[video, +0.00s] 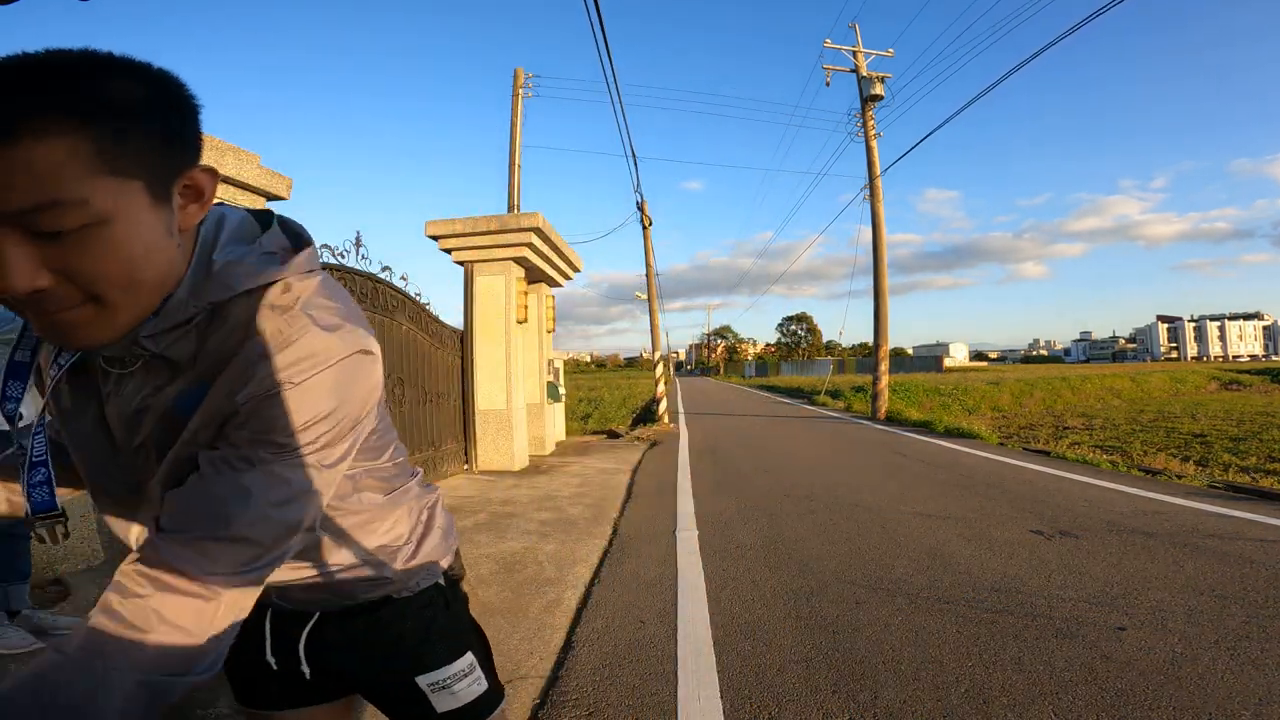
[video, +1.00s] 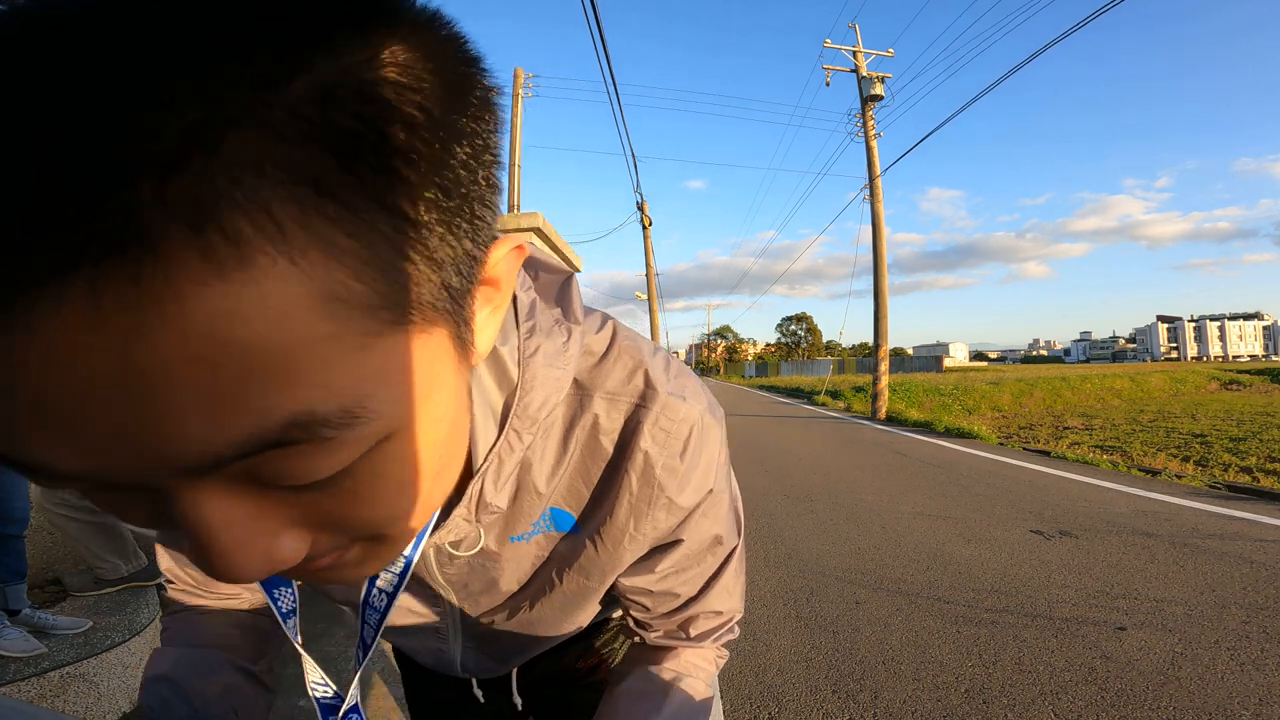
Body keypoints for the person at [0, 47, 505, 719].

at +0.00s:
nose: (16, 280)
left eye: (53, 230)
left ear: (189, 202)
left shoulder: (300, 339)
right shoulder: (76, 340)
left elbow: (166, 617)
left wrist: (13, 703)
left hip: (393, 595)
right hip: (262, 604)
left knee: (462, 709)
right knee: (288, 708)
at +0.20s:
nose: (66, 360)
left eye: (115, 302)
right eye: (17, 311)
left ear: (271, 237)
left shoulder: (422, 387)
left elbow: (443, 633)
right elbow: (137, 472)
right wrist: (25, 533)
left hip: (453, 625)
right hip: (305, 617)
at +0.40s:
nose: (191, 419)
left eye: (237, 360)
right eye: (139, 366)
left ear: (414, 268)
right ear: (104, 320)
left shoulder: (568, 382)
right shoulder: (208, 373)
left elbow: (599, 595)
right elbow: (214, 530)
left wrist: (438, 708)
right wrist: (125, 629)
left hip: (514, 650)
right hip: (361, 643)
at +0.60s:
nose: (286, 424)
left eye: (349, 356)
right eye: (218, 361)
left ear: (513, 251)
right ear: (169, 311)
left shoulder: (649, 381)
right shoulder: (244, 386)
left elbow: (664, 598)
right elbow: (280, 566)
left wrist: (579, 703)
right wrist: (200, 672)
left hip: (596, 636)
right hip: (428, 645)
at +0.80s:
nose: (298, 476)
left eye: (370, 386)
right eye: (216, 401)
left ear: (542, 277)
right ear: (149, 344)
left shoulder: (676, 412)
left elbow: (681, 624)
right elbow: (275, 596)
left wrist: (623, 711)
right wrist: (254, 704)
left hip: (594, 656)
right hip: (428, 662)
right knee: (437, 694)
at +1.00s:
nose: (229, 567)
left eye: (298, 458)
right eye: (118, 501)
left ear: (485, 301)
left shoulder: (654, 434)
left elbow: (687, 640)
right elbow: (213, 642)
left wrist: (652, 704)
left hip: (582, 639)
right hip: (424, 647)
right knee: (442, 703)